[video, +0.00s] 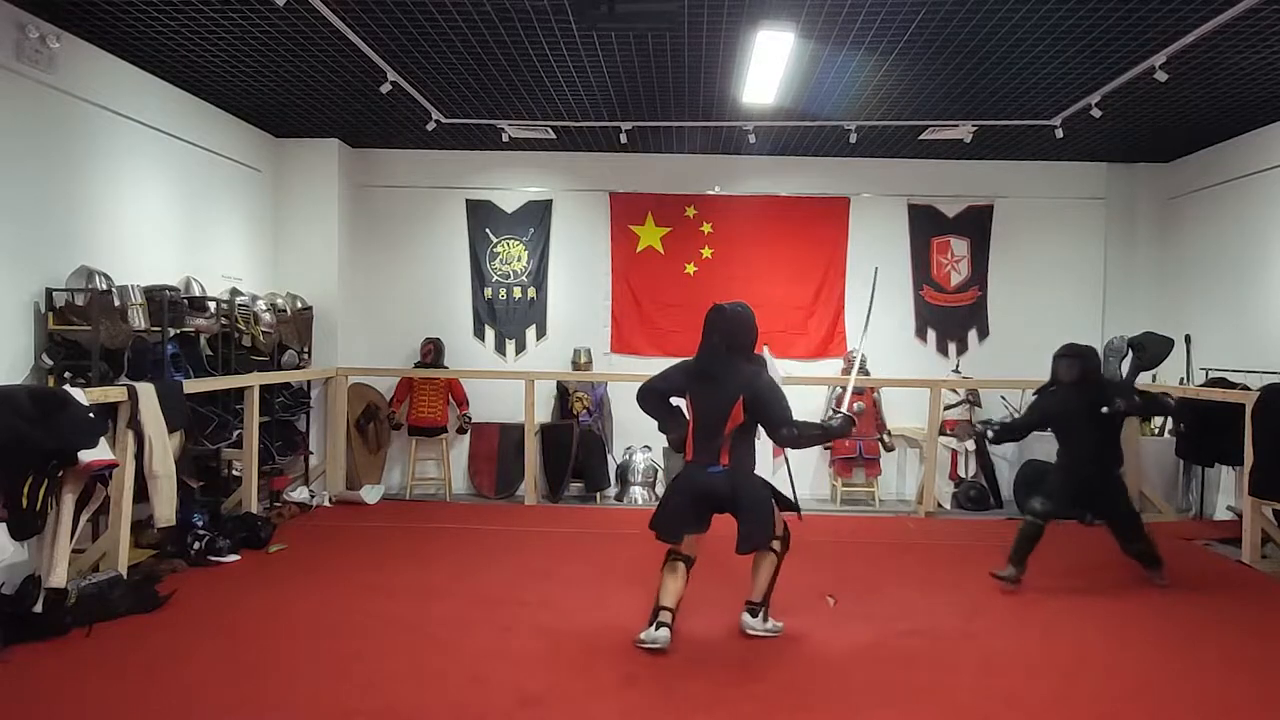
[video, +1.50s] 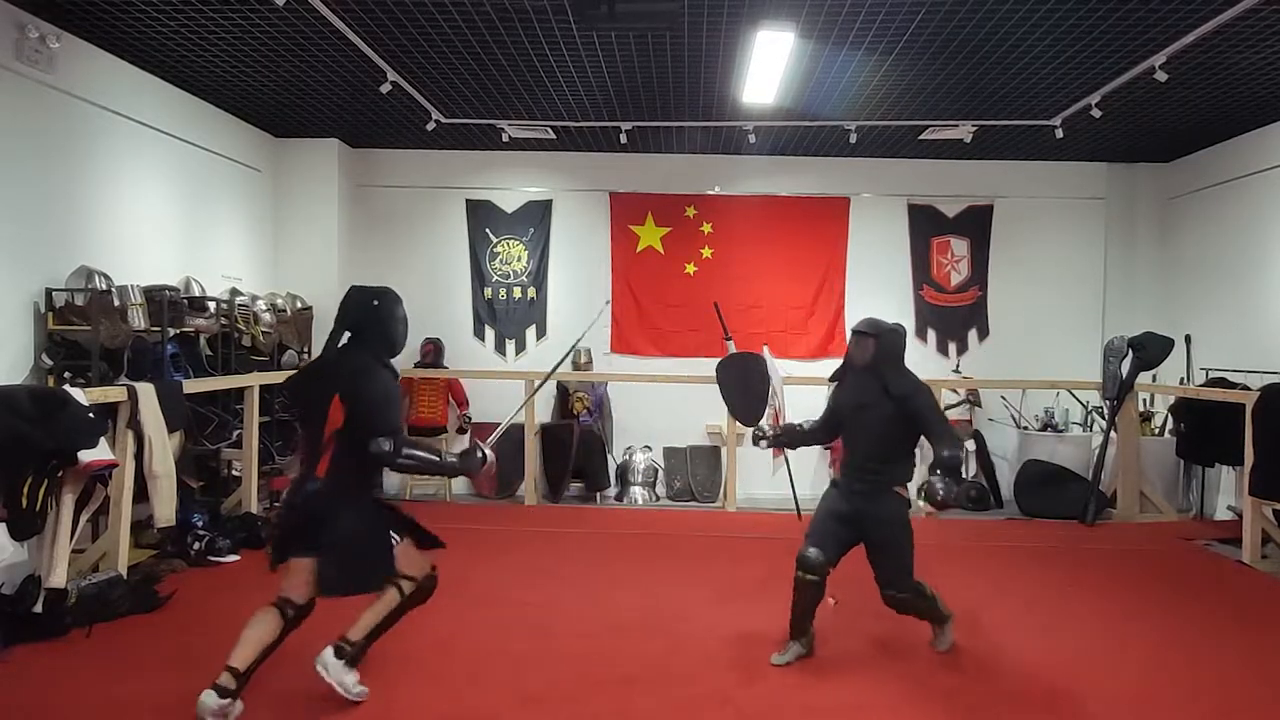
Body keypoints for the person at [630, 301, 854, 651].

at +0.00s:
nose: (756, 338)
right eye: (753, 332)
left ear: (710, 335)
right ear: (748, 336)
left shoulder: (690, 369)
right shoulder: (754, 377)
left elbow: (648, 394)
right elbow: (786, 433)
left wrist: (676, 428)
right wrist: (834, 429)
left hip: (692, 479)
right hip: (738, 481)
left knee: (682, 550)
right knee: (777, 532)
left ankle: (662, 624)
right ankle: (755, 612)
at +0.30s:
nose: (730, 342)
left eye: (726, 335)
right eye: (726, 337)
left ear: (685, 345)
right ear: (717, 345)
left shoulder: (667, 379)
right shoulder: (729, 387)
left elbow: (626, 405)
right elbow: (758, 443)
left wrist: (656, 436)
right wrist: (804, 428)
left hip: (667, 489)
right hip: (715, 491)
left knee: (636, 552)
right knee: (766, 537)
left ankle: (582, 605)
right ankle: (753, 615)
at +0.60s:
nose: (649, 334)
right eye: (647, 328)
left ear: (603, 331)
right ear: (642, 336)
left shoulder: (583, 365)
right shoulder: (645, 376)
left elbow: (540, 389)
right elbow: (682, 411)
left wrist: (573, 419)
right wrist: (673, 377)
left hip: (575, 480)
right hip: (620, 482)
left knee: (567, 548)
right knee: (665, 540)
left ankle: (529, 611)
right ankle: (646, 624)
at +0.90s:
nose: (520, 368)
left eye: (517, 364)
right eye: (517, 363)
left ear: (474, 364)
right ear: (510, 363)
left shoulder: (456, 395)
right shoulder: (521, 387)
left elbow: (409, 430)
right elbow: (567, 419)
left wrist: (441, 462)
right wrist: (619, 430)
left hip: (456, 502)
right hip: (504, 499)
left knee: (439, 563)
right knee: (559, 560)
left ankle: (398, 641)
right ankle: (615, 632)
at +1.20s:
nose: (452, 337)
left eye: (450, 330)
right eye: (449, 330)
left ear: (398, 328)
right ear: (439, 333)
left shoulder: (377, 367)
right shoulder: (436, 372)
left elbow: (327, 399)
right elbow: (441, 430)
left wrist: (361, 435)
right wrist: (498, 472)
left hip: (368, 486)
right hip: (412, 491)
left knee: (397, 560)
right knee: (397, 599)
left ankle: (374, 644)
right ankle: (325, 672)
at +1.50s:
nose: (404, 329)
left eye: (401, 319)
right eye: (399, 320)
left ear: (355, 324)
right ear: (382, 325)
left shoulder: (325, 365)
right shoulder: (377, 376)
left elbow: (291, 391)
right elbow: (386, 449)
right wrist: (459, 464)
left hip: (307, 501)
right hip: (348, 506)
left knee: (292, 599)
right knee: (418, 574)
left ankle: (222, 690)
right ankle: (343, 655)